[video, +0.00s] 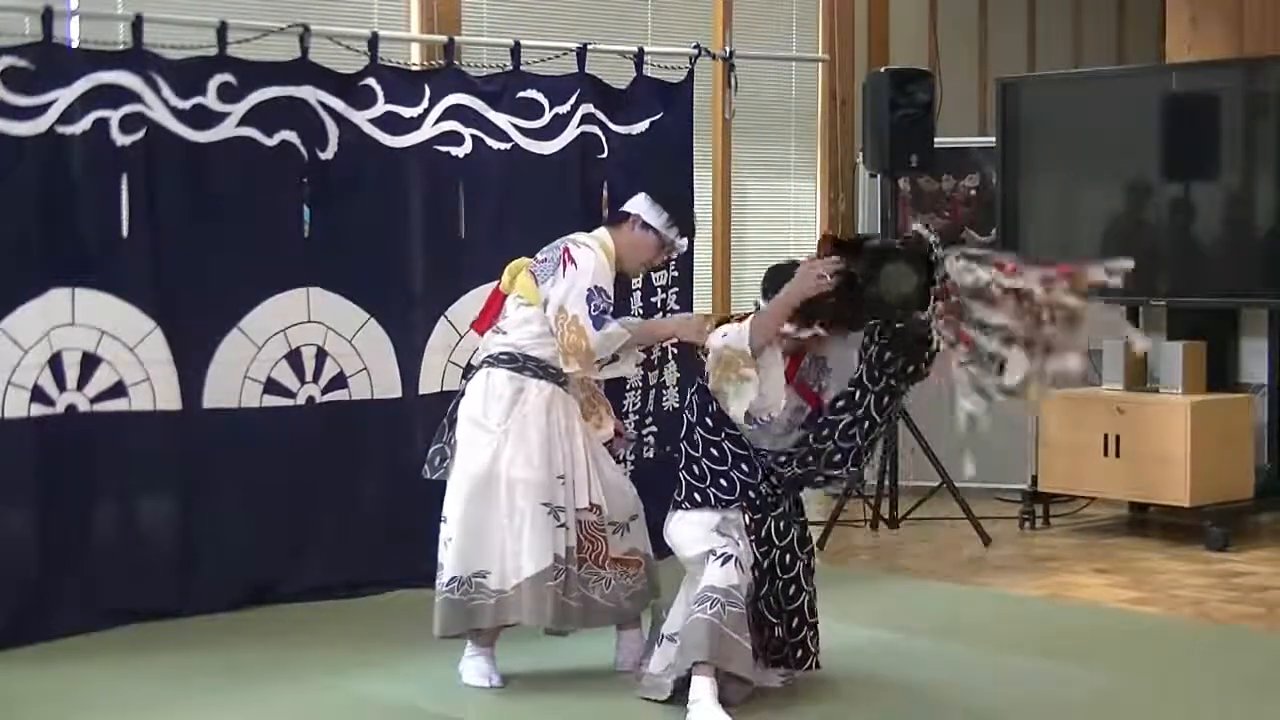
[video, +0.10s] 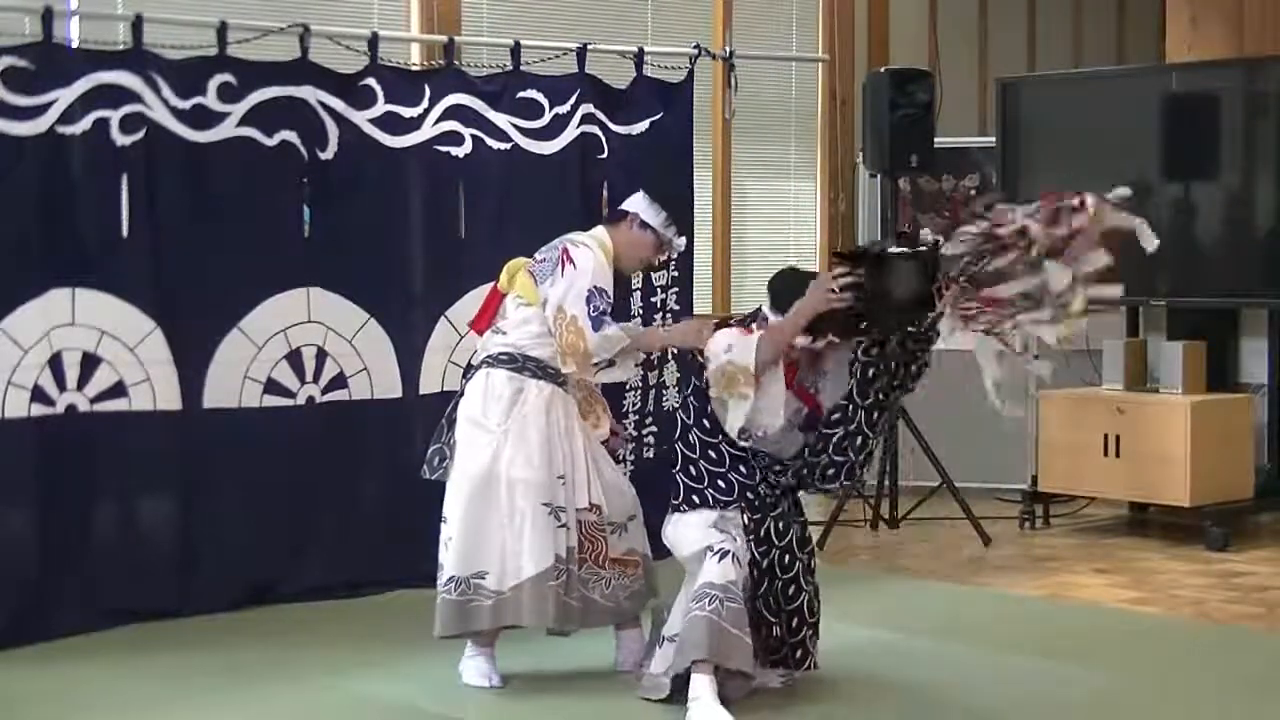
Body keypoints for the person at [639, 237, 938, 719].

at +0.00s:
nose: (813, 335)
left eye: (824, 327)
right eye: (807, 323)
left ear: (831, 329)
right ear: (782, 315)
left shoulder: (827, 357)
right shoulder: (730, 348)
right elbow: (750, 338)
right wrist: (792, 292)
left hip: (763, 504)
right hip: (704, 499)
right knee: (726, 569)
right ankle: (701, 692)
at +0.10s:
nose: (816, 339)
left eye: (824, 330)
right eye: (809, 325)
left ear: (818, 329)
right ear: (779, 318)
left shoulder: (821, 362)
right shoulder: (730, 343)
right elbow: (740, 368)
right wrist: (797, 317)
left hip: (774, 498)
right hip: (711, 497)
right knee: (724, 566)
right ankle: (702, 679)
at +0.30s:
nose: (793, 357)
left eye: (802, 349)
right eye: (786, 346)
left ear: (813, 336)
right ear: (761, 327)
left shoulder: (804, 365)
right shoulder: (720, 357)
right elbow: (737, 422)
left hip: (758, 507)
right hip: (697, 504)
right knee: (736, 550)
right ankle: (691, 680)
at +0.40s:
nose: (793, 368)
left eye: (802, 359)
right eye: (785, 357)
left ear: (815, 347)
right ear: (760, 337)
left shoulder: (808, 377)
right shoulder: (717, 368)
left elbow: (846, 428)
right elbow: (716, 449)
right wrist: (787, 451)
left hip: (765, 514)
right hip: (699, 507)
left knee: (765, 676)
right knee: (732, 556)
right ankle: (691, 682)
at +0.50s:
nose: (798, 382)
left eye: (807, 374)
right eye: (792, 371)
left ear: (819, 364)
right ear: (767, 349)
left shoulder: (803, 390)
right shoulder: (719, 379)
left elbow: (833, 458)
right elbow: (699, 463)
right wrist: (767, 489)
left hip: (759, 522)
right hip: (698, 517)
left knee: (782, 668)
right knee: (727, 552)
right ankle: (690, 682)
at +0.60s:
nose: (804, 395)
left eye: (811, 387)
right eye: (798, 384)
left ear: (820, 375)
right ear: (771, 362)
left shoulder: (795, 399)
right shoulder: (716, 391)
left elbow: (808, 472)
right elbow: (692, 482)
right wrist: (763, 505)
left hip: (748, 526)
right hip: (684, 522)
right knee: (720, 555)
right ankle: (689, 682)